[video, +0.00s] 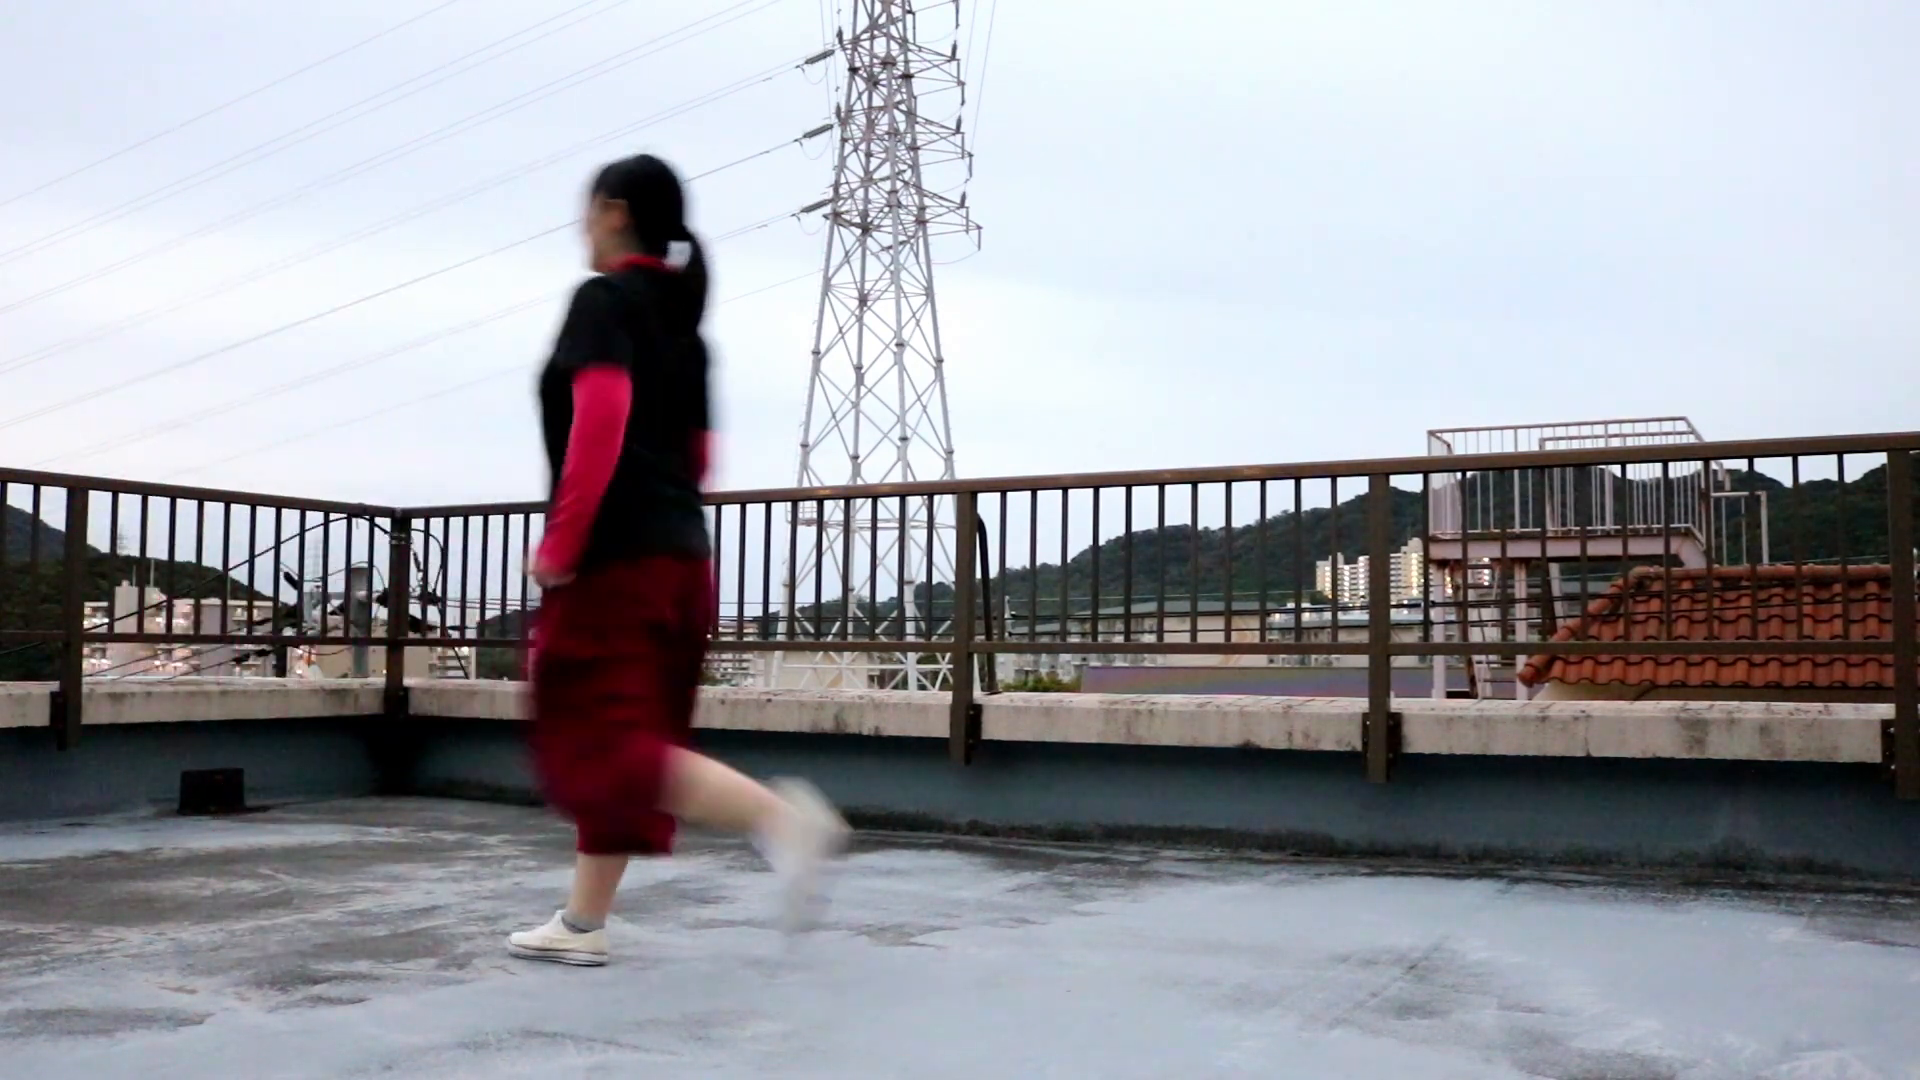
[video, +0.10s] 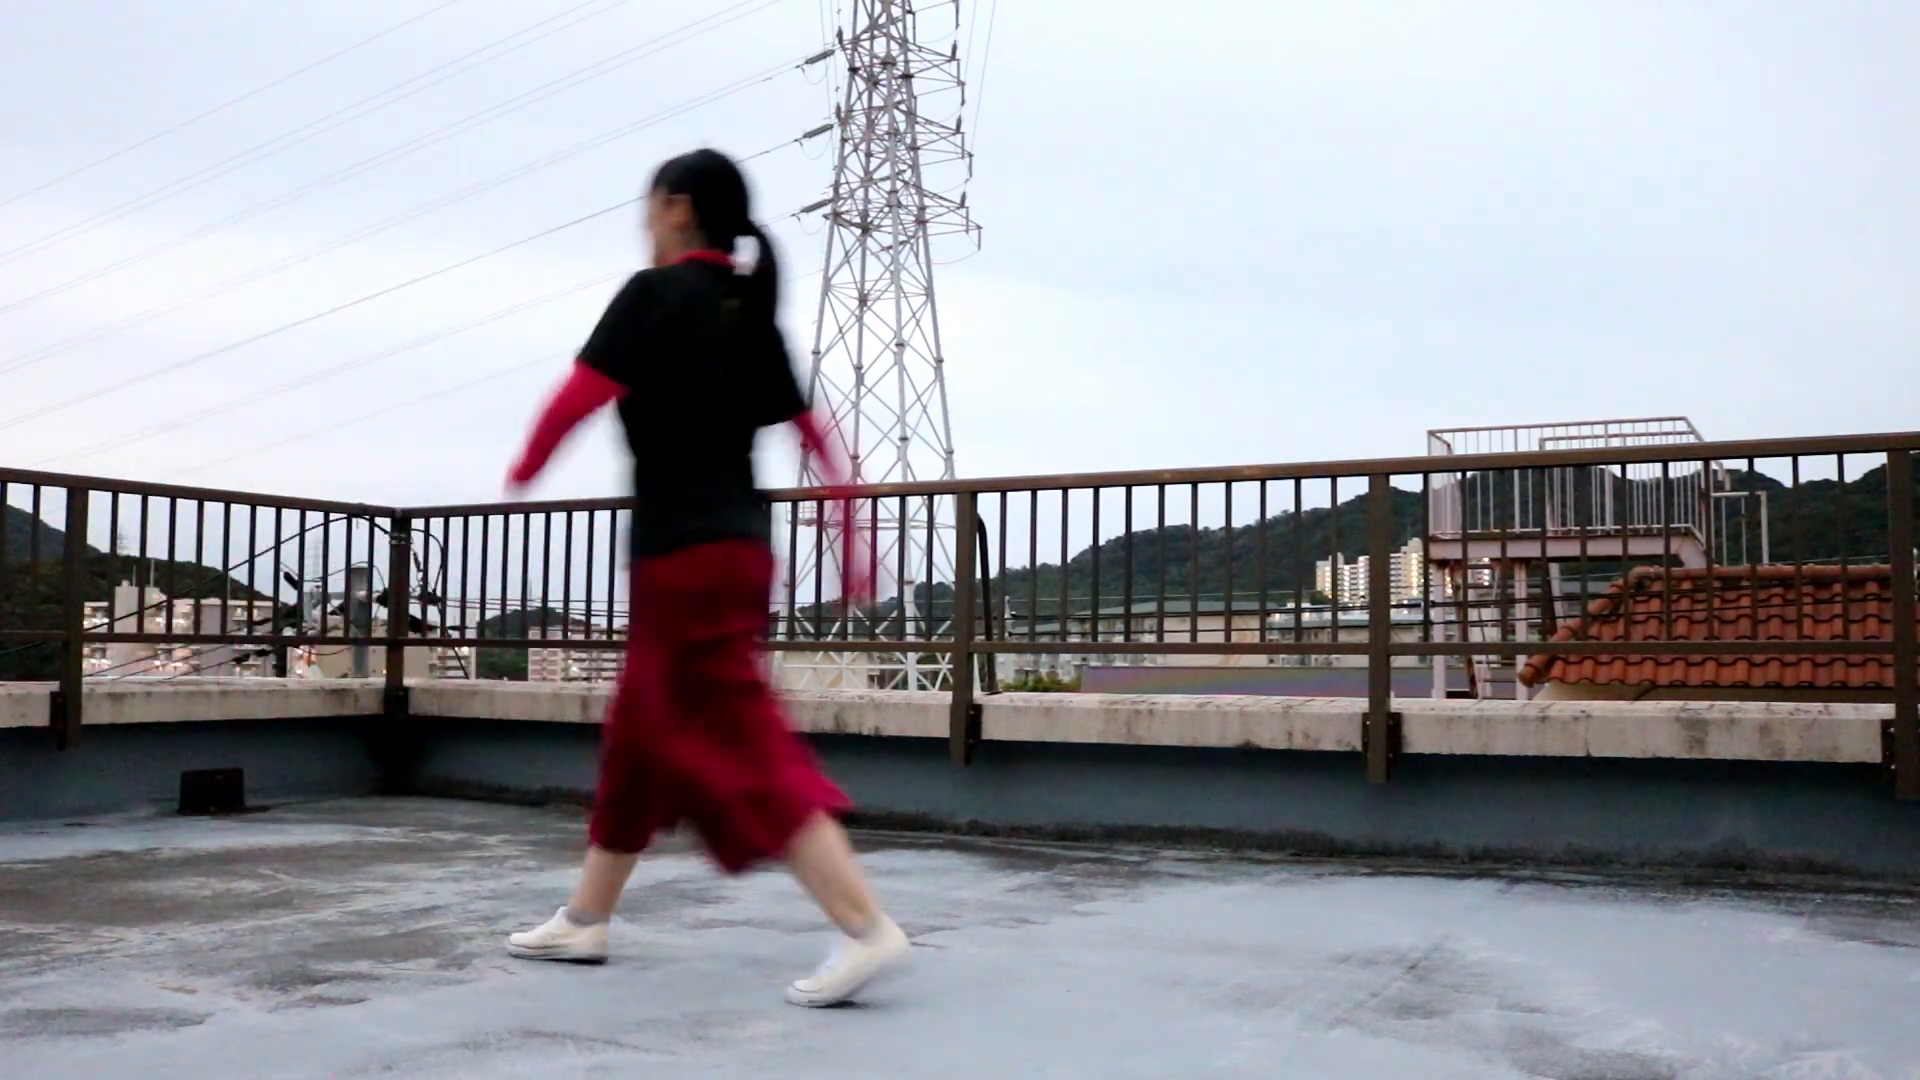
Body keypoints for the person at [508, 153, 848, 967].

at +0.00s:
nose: (585, 229)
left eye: (592, 215)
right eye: (589, 215)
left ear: (616, 219)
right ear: (658, 226)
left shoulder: (603, 300)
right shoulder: (679, 316)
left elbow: (601, 418)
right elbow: (696, 456)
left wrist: (560, 539)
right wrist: (627, 505)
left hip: (614, 559)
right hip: (677, 559)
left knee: (587, 741)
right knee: (626, 736)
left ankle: (781, 817)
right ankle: (583, 922)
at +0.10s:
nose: (645, 215)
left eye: (654, 202)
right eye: (652, 201)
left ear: (680, 212)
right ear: (724, 218)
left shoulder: (651, 295)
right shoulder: (750, 308)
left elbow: (582, 392)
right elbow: (812, 429)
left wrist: (529, 466)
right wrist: (853, 542)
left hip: (678, 555)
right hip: (740, 550)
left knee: (741, 737)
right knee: (639, 726)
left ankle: (870, 929)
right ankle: (585, 920)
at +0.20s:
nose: (705, 213)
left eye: (713, 199)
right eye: (710, 198)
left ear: (738, 207)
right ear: (781, 213)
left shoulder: (711, 286)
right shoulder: (814, 305)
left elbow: (581, 321)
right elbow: (918, 384)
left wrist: (555, 368)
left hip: (774, 563)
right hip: (832, 558)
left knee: (790, 751)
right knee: (698, 725)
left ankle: (888, 960)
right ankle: (650, 905)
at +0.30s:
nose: (768, 181)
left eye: (775, 166)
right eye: (772, 167)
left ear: (806, 169)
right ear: (843, 179)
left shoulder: (778, 249)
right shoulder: (869, 274)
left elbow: (670, 319)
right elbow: (961, 375)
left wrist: (580, 376)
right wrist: (1046, 467)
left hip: (847, 535)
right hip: (896, 530)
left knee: (843, 718)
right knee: (771, 688)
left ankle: (888, 953)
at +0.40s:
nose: (832, 152)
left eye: (839, 137)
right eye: (837, 136)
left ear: (869, 143)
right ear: (905, 149)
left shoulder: (848, 225)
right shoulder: (939, 240)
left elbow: (807, 324)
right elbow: (1006, 369)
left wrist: (743, 431)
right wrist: (1029, 488)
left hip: (899, 499)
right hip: (974, 497)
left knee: (859, 696)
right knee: (921, 699)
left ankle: (881, 933)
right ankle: (1034, 844)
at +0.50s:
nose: (889, 175)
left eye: (899, 161)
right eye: (895, 160)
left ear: (932, 169)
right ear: (962, 179)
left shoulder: (926, 249)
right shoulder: (998, 271)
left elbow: (975, 311)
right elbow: (1074, 394)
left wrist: (966, 462)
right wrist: (1042, 490)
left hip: (958, 531)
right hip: (1036, 531)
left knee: (884, 705)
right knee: (1034, 737)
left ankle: (909, 960)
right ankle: (1194, 890)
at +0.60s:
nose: (958, 205)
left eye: (967, 189)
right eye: (962, 190)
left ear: (1000, 194)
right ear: (1022, 200)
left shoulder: (1006, 271)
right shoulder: (1042, 281)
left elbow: (1079, 353)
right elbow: (1120, 423)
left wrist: (1097, 488)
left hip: (1055, 554)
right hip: (1116, 549)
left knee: (972, 735)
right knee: (1127, 748)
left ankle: (918, 963)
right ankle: (1253, 947)